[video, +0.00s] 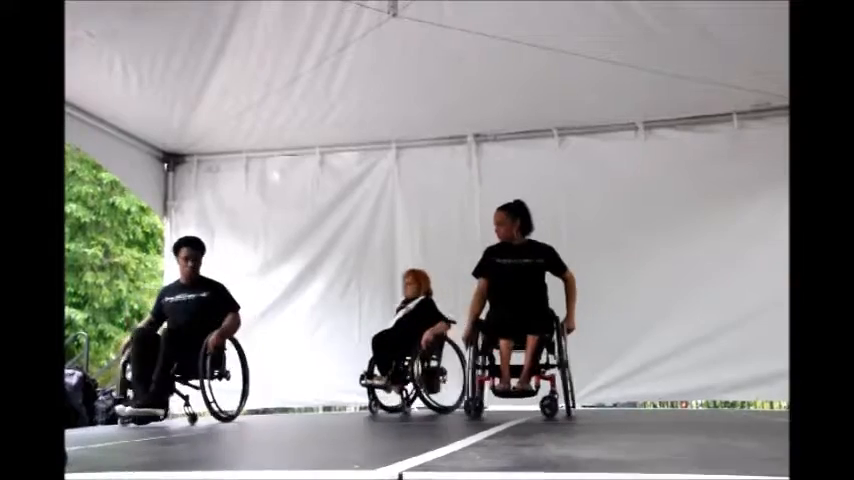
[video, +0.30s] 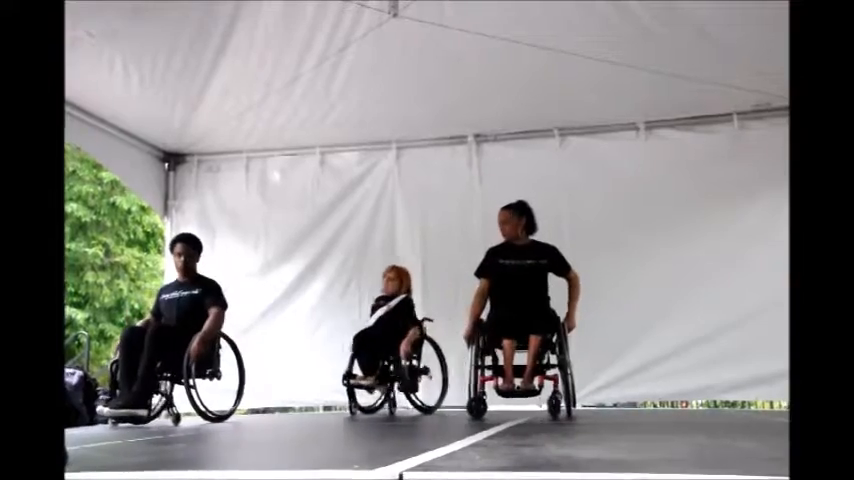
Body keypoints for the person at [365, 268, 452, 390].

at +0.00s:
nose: (406, 287)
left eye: (410, 283)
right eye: (405, 283)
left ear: (420, 286)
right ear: (403, 285)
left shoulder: (426, 303)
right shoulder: (406, 303)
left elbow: (444, 323)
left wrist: (430, 333)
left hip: (412, 338)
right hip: (399, 335)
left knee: (380, 341)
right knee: (378, 340)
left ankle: (391, 377)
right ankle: (389, 376)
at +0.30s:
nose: (386, 282)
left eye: (391, 279)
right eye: (385, 278)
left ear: (401, 283)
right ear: (383, 281)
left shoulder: (405, 302)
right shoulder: (380, 301)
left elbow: (415, 327)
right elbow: (375, 320)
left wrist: (407, 342)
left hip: (394, 336)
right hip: (378, 333)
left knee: (364, 340)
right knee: (359, 340)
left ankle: (372, 374)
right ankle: (368, 374)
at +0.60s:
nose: (367, 280)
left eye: (372, 277)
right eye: (365, 276)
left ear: (383, 281)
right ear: (362, 279)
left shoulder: (390, 298)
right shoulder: (358, 300)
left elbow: (411, 320)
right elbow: (358, 325)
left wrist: (406, 327)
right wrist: (342, 334)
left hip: (386, 337)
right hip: (364, 335)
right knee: (348, 339)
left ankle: (364, 374)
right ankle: (354, 372)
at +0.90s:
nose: (353, 275)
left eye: (360, 272)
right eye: (351, 270)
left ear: (371, 276)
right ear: (348, 274)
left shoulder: (379, 293)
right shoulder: (343, 297)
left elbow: (403, 315)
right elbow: (345, 323)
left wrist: (399, 323)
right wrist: (334, 329)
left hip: (377, 333)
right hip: (354, 333)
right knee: (341, 333)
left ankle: (364, 374)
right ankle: (348, 373)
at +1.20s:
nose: (344, 268)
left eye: (350, 265)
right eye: (341, 264)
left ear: (361, 270)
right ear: (337, 268)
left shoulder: (368, 289)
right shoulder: (331, 290)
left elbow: (384, 316)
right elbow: (321, 317)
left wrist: (386, 340)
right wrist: (313, 337)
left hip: (365, 330)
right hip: (341, 329)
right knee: (332, 331)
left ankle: (355, 371)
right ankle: (339, 369)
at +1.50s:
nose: (331, 261)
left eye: (337, 257)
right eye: (328, 256)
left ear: (350, 261)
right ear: (325, 260)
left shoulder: (360, 281)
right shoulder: (322, 281)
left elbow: (370, 300)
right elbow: (300, 301)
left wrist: (376, 307)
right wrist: (301, 273)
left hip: (354, 318)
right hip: (331, 318)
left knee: (344, 332)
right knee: (319, 327)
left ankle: (345, 368)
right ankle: (329, 366)